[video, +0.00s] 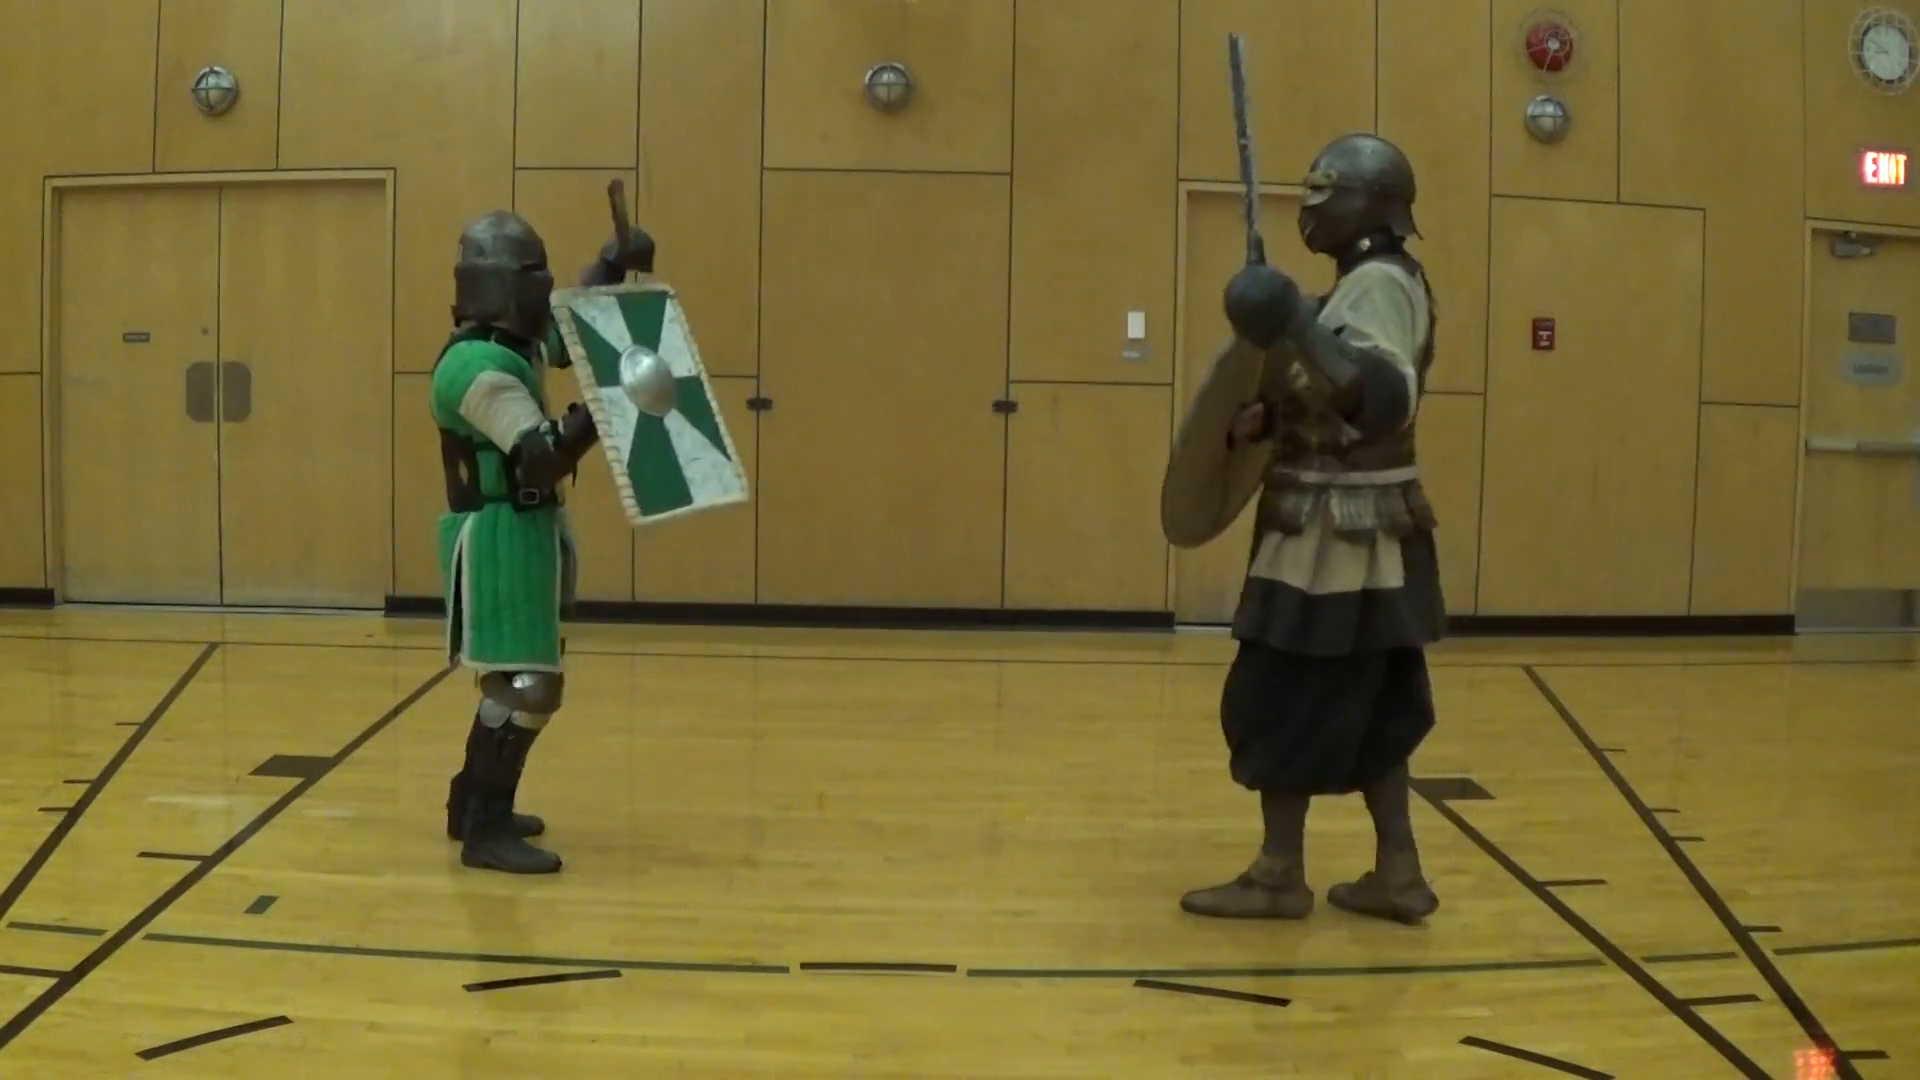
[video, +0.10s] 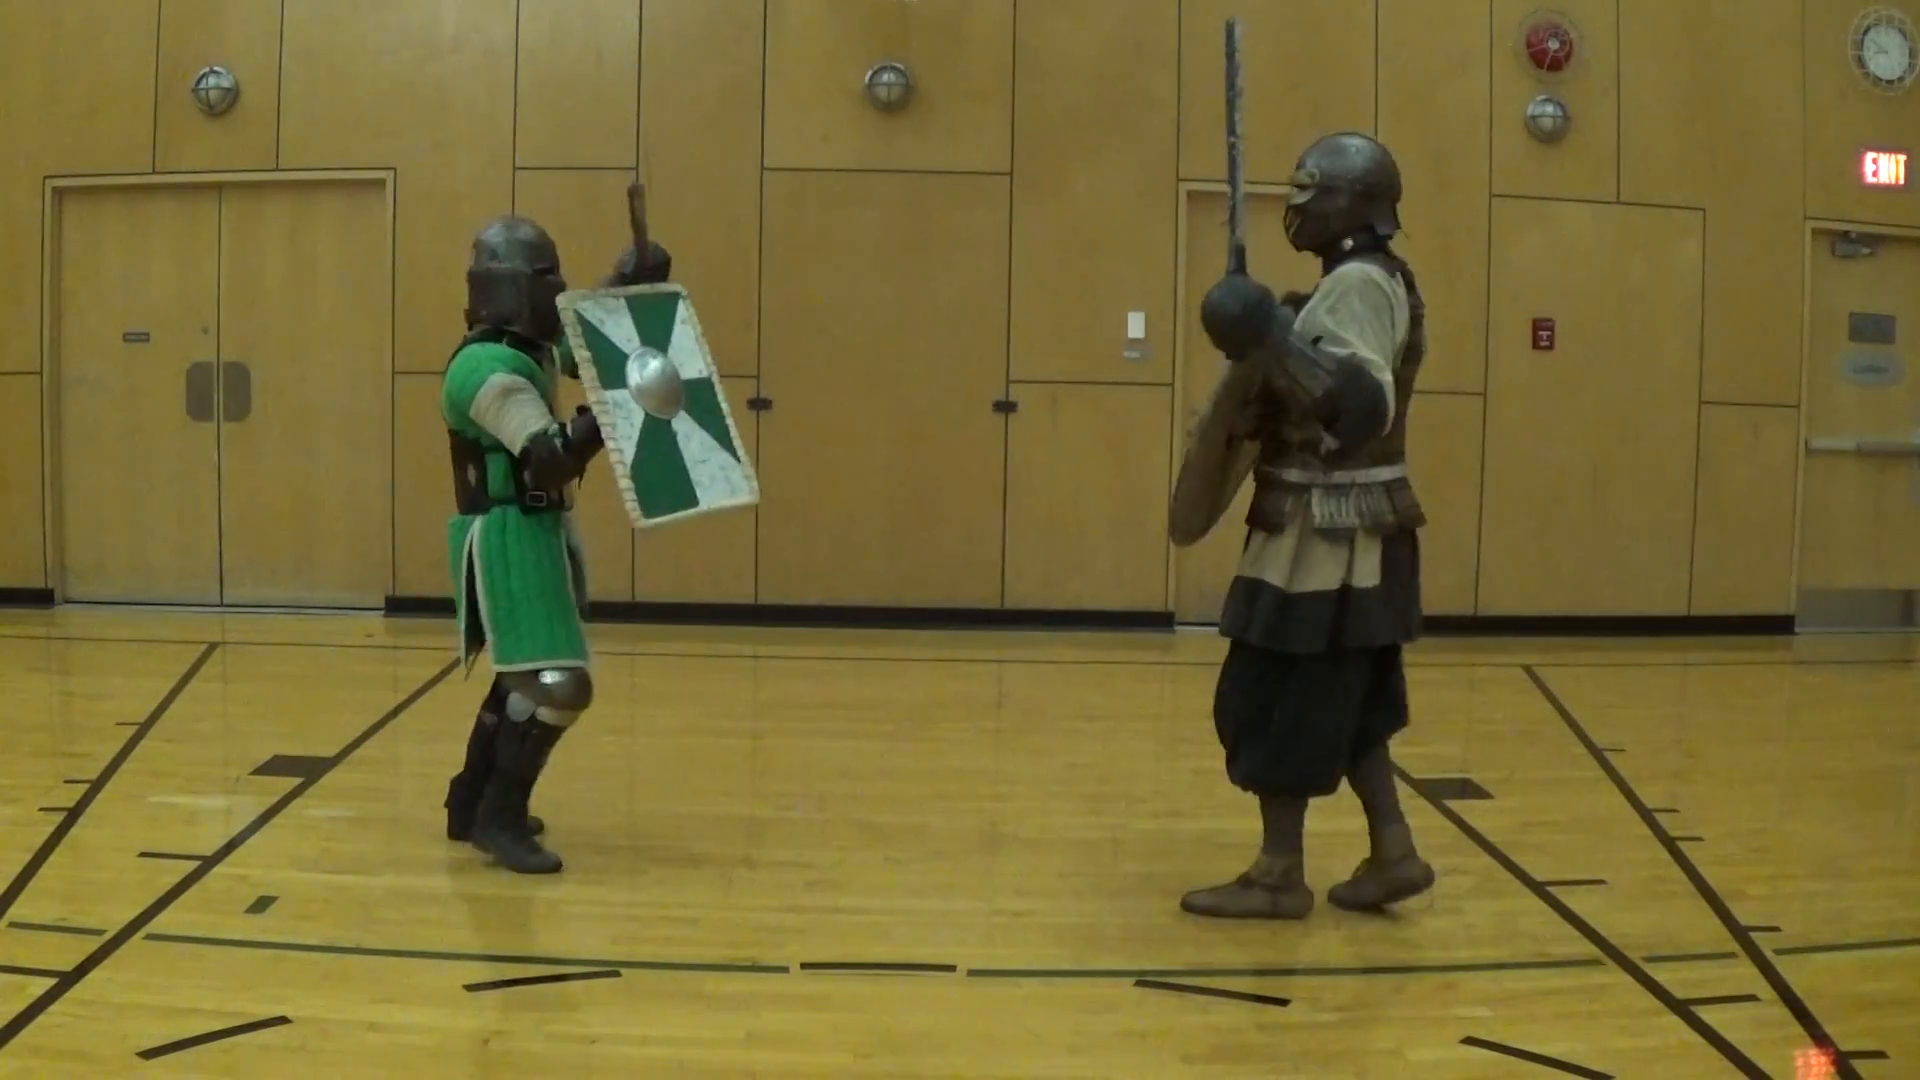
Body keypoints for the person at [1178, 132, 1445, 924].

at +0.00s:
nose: (1307, 205)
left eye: (1324, 191)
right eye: (1311, 190)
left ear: (1374, 205)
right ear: (1372, 208)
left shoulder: (1379, 285)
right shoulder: (1367, 282)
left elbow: (1384, 401)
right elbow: (1345, 390)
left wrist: (1297, 324)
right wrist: (1274, 415)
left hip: (1332, 531)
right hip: (1365, 529)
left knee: (1280, 695)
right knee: (1375, 700)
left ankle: (1278, 870)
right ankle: (1399, 871)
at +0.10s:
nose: (1291, 205)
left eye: (1307, 191)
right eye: (1295, 190)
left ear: (1356, 205)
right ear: (1361, 208)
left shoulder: (1358, 287)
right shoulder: (1364, 281)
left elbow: (1357, 407)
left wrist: (1267, 338)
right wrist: (1278, 336)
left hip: (1322, 531)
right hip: (1357, 528)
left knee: (1276, 694)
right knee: (1350, 691)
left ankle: (1278, 872)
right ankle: (1394, 852)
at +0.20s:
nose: (1281, 206)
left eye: (1296, 192)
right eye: (1285, 191)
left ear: (1344, 206)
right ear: (1351, 208)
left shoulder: (1347, 288)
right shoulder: (1365, 279)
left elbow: (1339, 410)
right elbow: (1312, 387)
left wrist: (1254, 339)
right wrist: (1251, 343)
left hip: (1316, 522)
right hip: (1352, 517)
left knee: (1280, 686)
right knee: (1338, 671)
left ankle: (1279, 872)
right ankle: (1395, 826)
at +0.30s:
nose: (1279, 207)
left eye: (1292, 193)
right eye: (1282, 192)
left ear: (1337, 204)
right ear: (1347, 206)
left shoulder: (1344, 287)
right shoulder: (1361, 277)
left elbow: (1332, 409)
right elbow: (1306, 389)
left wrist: (1248, 336)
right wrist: (1240, 342)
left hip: (1313, 521)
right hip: (1346, 515)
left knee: (1282, 686)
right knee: (1336, 668)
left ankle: (1279, 872)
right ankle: (1394, 827)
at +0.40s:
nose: (1281, 210)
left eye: (1296, 196)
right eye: (1283, 195)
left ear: (1345, 207)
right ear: (1347, 209)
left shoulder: (1347, 290)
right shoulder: (1364, 280)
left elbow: (1331, 414)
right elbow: (1309, 387)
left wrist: (1247, 337)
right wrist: (1246, 338)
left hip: (1316, 519)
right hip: (1351, 513)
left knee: (1284, 684)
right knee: (1349, 662)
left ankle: (1280, 872)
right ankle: (1396, 821)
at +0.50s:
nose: (1287, 211)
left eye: (1302, 197)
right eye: (1290, 196)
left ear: (1349, 209)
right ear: (1356, 210)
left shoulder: (1358, 292)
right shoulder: (1367, 282)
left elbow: (1340, 416)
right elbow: (1317, 387)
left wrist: (1252, 340)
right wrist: (1256, 342)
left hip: (1327, 516)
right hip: (1360, 508)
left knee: (1284, 683)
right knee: (1364, 663)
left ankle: (1280, 871)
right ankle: (1414, 822)